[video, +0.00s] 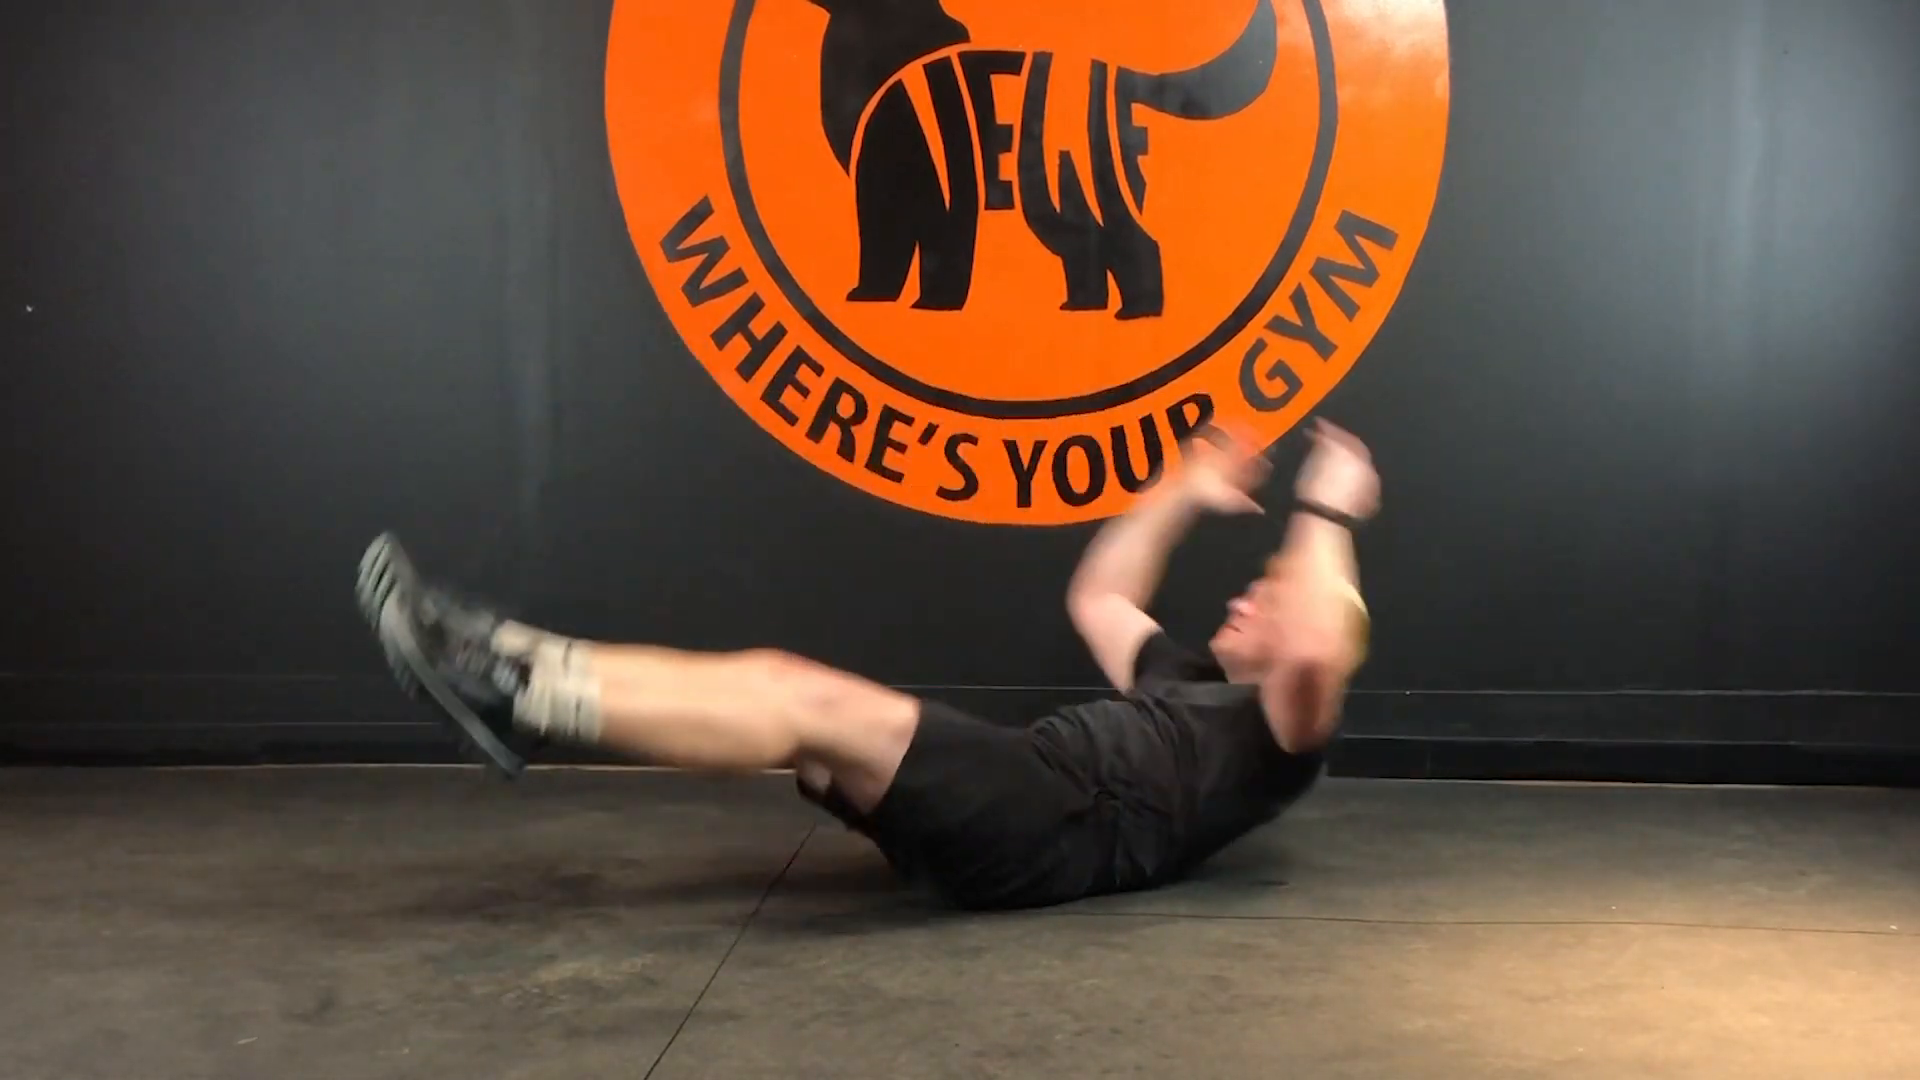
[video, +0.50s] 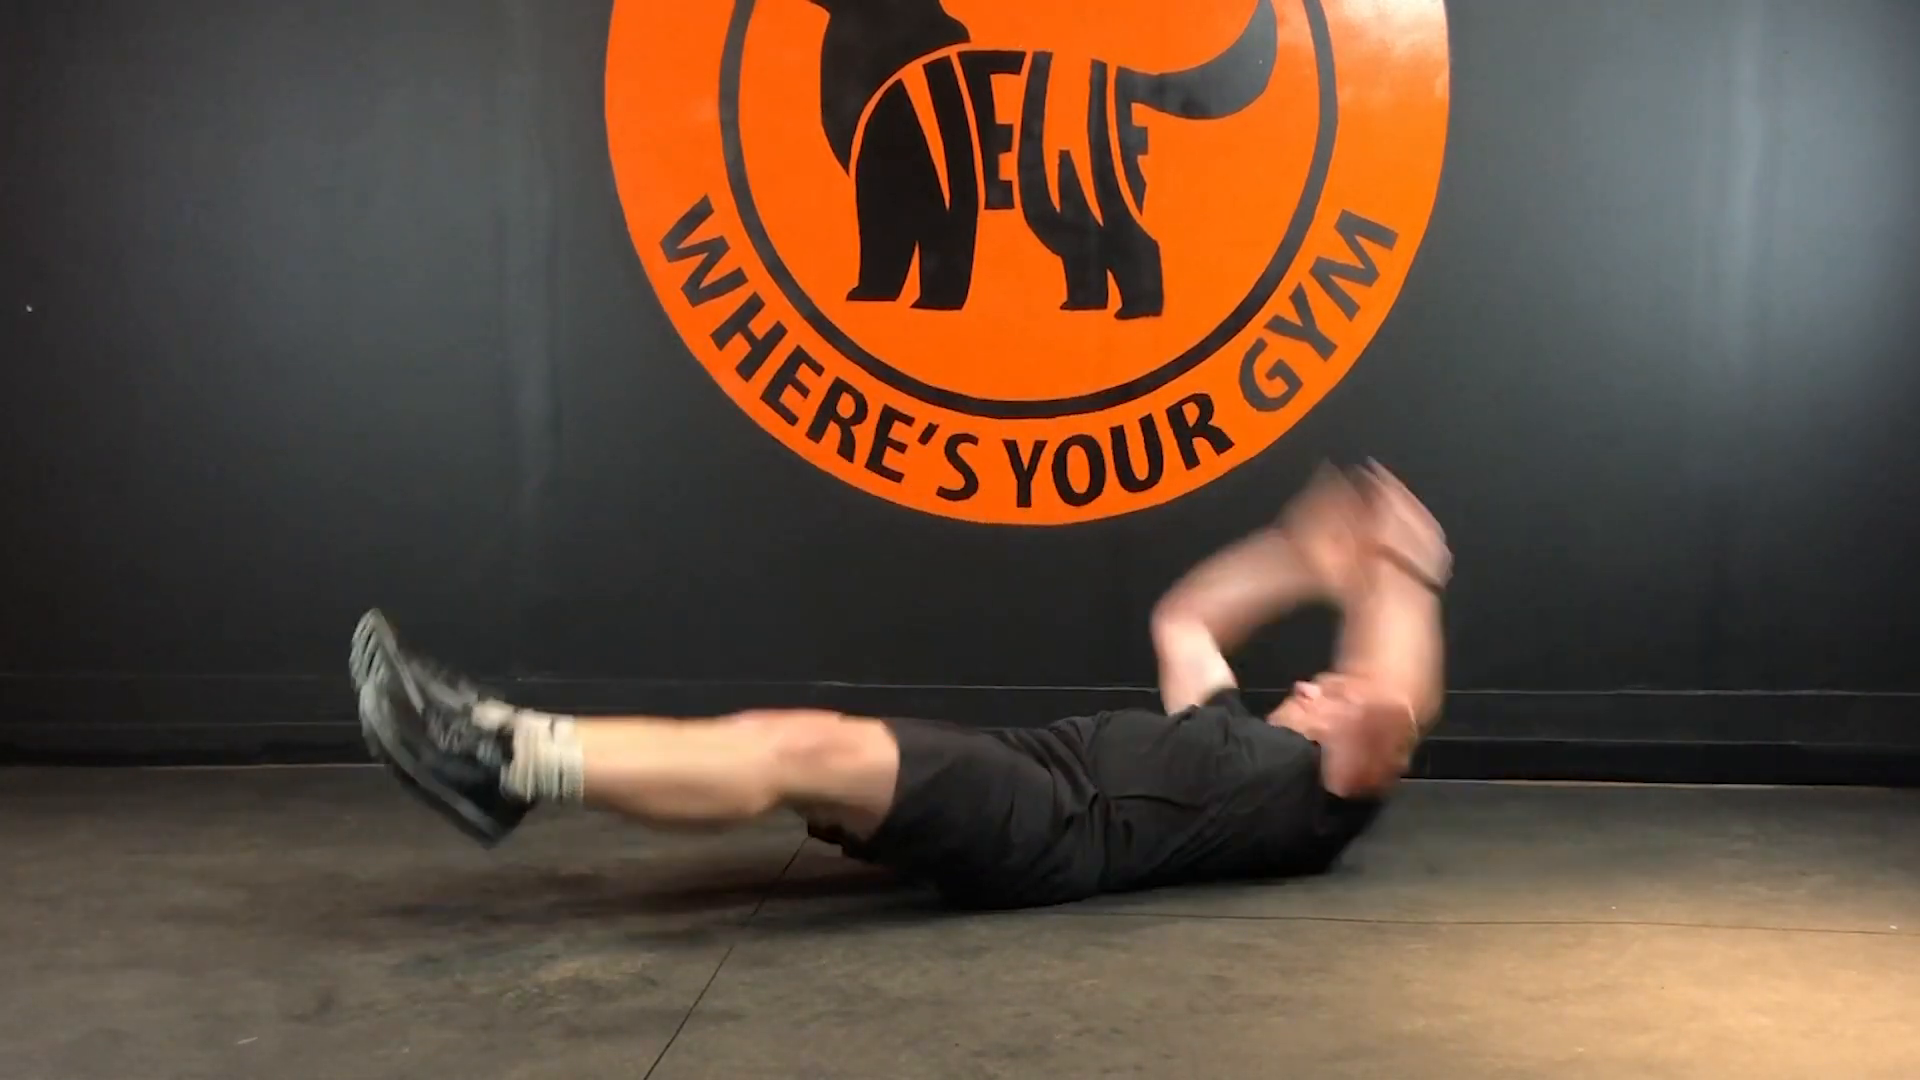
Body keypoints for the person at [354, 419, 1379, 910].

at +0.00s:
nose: (1240, 604)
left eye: (1270, 597)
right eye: (1251, 591)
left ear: (1309, 649)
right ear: (1240, 613)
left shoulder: (1267, 731)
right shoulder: (1181, 687)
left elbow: (1322, 647)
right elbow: (1105, 600)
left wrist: (1326, 521)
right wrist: (1182, 490)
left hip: (1055, 825)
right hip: (1004, 798)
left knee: (810, 701)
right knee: (790, 695)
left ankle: (529, 692)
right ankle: (523, 686)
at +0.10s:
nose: (1297, 640)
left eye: (1322, 642)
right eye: (1297, 629)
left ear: (1352, 690)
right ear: (1279, 648)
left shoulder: (1297, 769)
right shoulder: (1205, 703)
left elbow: (1423, 701)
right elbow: (1181, 636)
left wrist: (1461, 604)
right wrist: (1299, 572)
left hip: (1055, 819)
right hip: (1013, 766)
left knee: (811, 751)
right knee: (774, 743)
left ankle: (514, 741)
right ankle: (509, 743)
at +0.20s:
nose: (1331, 671)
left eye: (1356, 686)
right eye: (1343, 665)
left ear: (1365, 737)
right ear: (1309, 681)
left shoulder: (1329, 787)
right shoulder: (1222, 726)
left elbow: (1497, 776)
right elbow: (1216, 684)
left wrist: (1539, 706)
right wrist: (1315, 690)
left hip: (1045, 809)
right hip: (983, 754)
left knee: (818, 777)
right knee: (767, 739)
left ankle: (499, 781)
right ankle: (491, 782)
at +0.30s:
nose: (1327, 689)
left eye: (1355, 704)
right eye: (1337, 687)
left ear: (1379, 759)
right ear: (1314, 711)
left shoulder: (1350, 800)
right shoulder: (1237, 740)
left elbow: (1504, 839)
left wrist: (1545, 791)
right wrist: (1389, 744)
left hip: (1052, 792)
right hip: (983, 735)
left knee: (822, 788)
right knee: (769, 742)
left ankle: (502, 807)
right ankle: (487, 790)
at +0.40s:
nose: (1340, 704)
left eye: (1365, 714)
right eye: (1339, 694)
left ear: (1387, 770)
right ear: (1307, 713)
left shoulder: (1348, 801)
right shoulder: (1230, 740)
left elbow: (1502, 798)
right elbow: (1222, 696)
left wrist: (1507, 746)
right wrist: (1322, 713)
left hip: (1057, 797)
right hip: (987, 744)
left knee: (823, 782)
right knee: (773, 751)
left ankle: (507, 805)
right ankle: (488, 787)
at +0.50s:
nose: (1320, 689)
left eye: (1345, 693)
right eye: (1320, 680)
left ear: (1365, 737)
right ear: (1293, 699)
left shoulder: (1313, 789)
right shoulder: (1225, 739)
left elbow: (1394, 704)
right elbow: (1186, 618)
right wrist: (1307, 552)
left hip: (1051, 818)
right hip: (1004, 775)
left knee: (810, 743)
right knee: (779, 740)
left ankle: (510, 755)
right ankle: (508, 758)